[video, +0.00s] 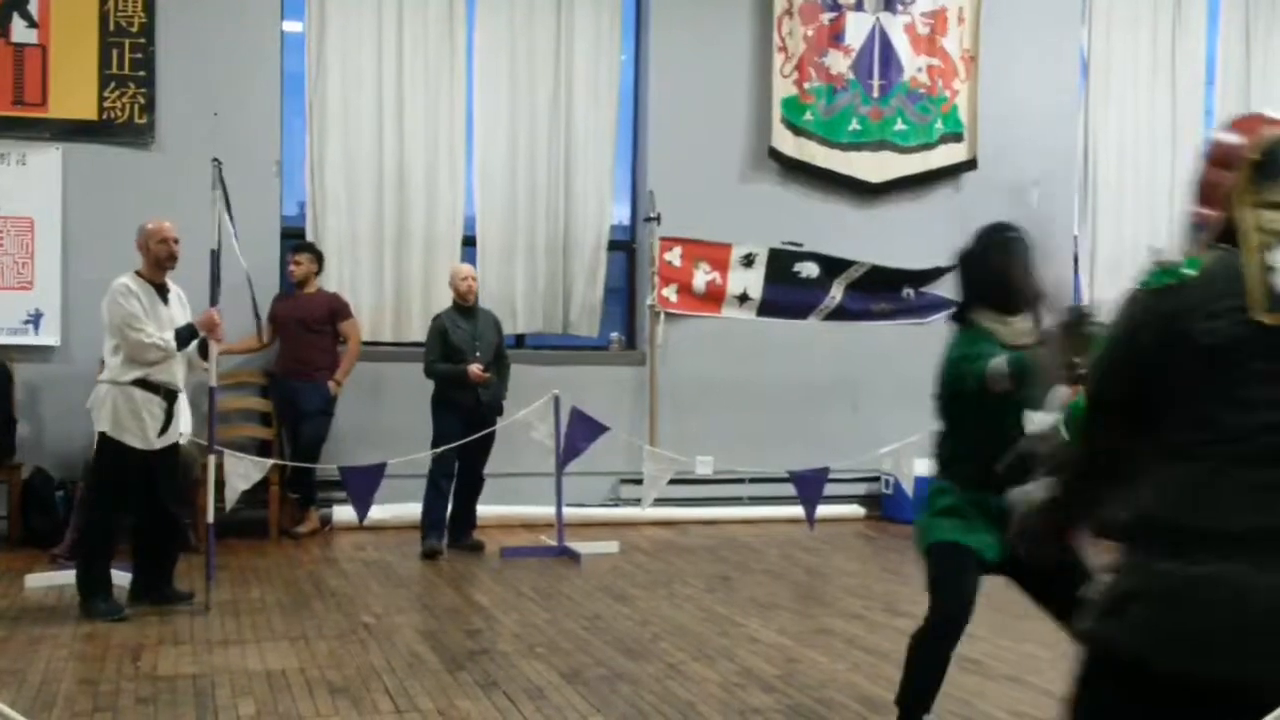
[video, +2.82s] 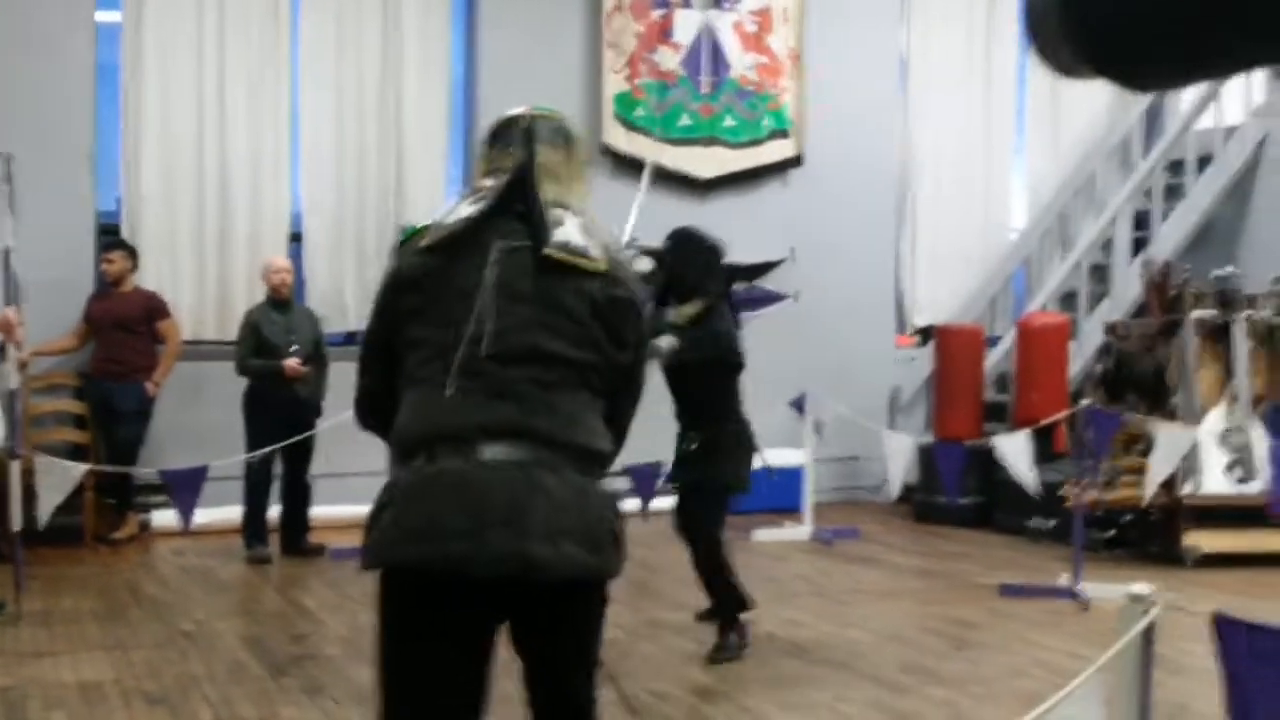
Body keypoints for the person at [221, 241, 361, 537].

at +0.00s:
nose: (292, 268)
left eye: (299, 263)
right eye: (291, 263)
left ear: (316, 267)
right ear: (289, 267)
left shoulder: (332, 302)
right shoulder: (281, 302)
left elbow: (354, 341)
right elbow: (263, 340)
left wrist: (338, 380)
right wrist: (224, 348)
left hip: (317, 385)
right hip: (285, 383)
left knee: (307, 449)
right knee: (293, 449)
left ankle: (308, 512)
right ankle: (305, 511)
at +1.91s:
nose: (249, 266)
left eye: (255, 260)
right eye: (247, 261)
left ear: (273, 263)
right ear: (246, 264)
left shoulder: (291, 298)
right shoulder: (240, 299)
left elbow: (314, 339)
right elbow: (221, 337)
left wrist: (297, 377)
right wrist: (181, 348)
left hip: (277, 382)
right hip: (243, 380)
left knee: (267, 445)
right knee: (251, 446)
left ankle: (269, 510)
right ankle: (266, 510)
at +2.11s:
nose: (238, 266)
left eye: (244, 261)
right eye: (236, 261)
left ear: (262, 263)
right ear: (235, 265)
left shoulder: (281, 299)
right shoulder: (229, 300)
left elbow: (303, 339)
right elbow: (210, 337)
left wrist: (286, 378)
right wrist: (169, 349)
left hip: (266, 382)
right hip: (232, 381)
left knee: (255, 446)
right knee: (241, 447)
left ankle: (258, 511)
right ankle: (255, 511)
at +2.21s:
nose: (216, 265)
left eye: (222, 260)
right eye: (214, 259)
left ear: (237, 263)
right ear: (211, 264)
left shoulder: (254, 299)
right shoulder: (208, 299)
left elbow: (277, 338)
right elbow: (186, 335)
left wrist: (260, 377)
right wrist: (145, 349)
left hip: (238, 381)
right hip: (206, 379)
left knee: (228, 445)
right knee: (211, 446)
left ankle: (231, 510)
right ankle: (218, 509)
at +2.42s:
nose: (176, 268)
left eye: (182, 262)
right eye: (174, 263)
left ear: (201, 266)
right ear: (172, 267)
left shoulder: (219, 300)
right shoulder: (168, 301)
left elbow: (242, 340)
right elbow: (148, 338)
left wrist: (225, 380)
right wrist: (107, 351)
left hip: (204, 384)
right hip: (170, 383)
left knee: (193, 449)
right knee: (175, 449)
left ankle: (196, 513)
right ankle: (186, 512)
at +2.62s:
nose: (143, 267)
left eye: (149, 262)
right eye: (141, 262)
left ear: (167, 265)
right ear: (139, 266)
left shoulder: (185, 301)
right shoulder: (135, 301)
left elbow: (209, 341)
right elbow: (114, 339)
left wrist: (192, 381)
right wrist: (72, 351)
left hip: (169, 384)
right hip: (135, 382)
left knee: (159, 448)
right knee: (140, 449)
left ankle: (162, 514)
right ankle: (147, 512)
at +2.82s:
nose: (105, 267)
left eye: (112, 261)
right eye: (103, 262)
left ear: (130, 264)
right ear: (102, 265)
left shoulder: (148, 301)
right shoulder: (98, 301)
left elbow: (174, 340)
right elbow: (76, 340)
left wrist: (156, 381)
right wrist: (33, 353)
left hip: (134, 385)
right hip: (100, 384)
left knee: (124, 451)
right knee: (107, 451)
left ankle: (129, 517)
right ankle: (121, 515)